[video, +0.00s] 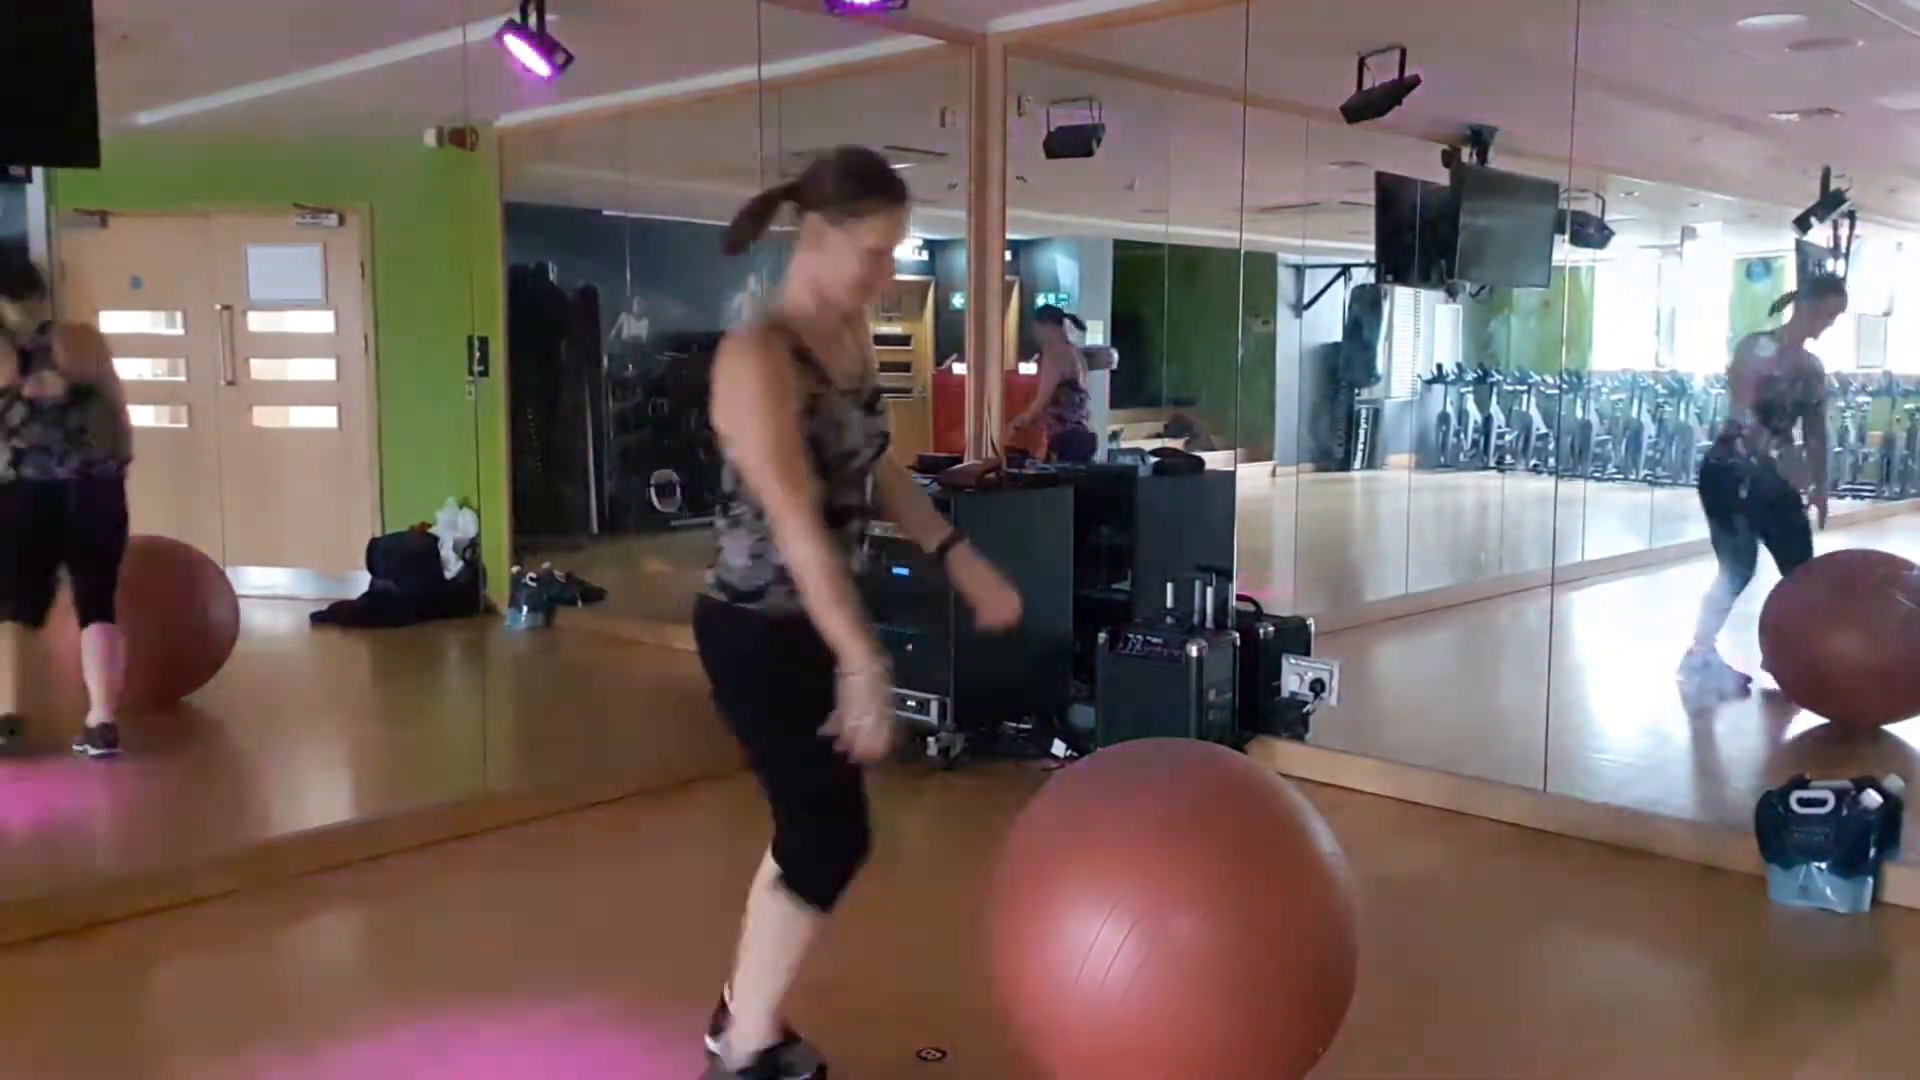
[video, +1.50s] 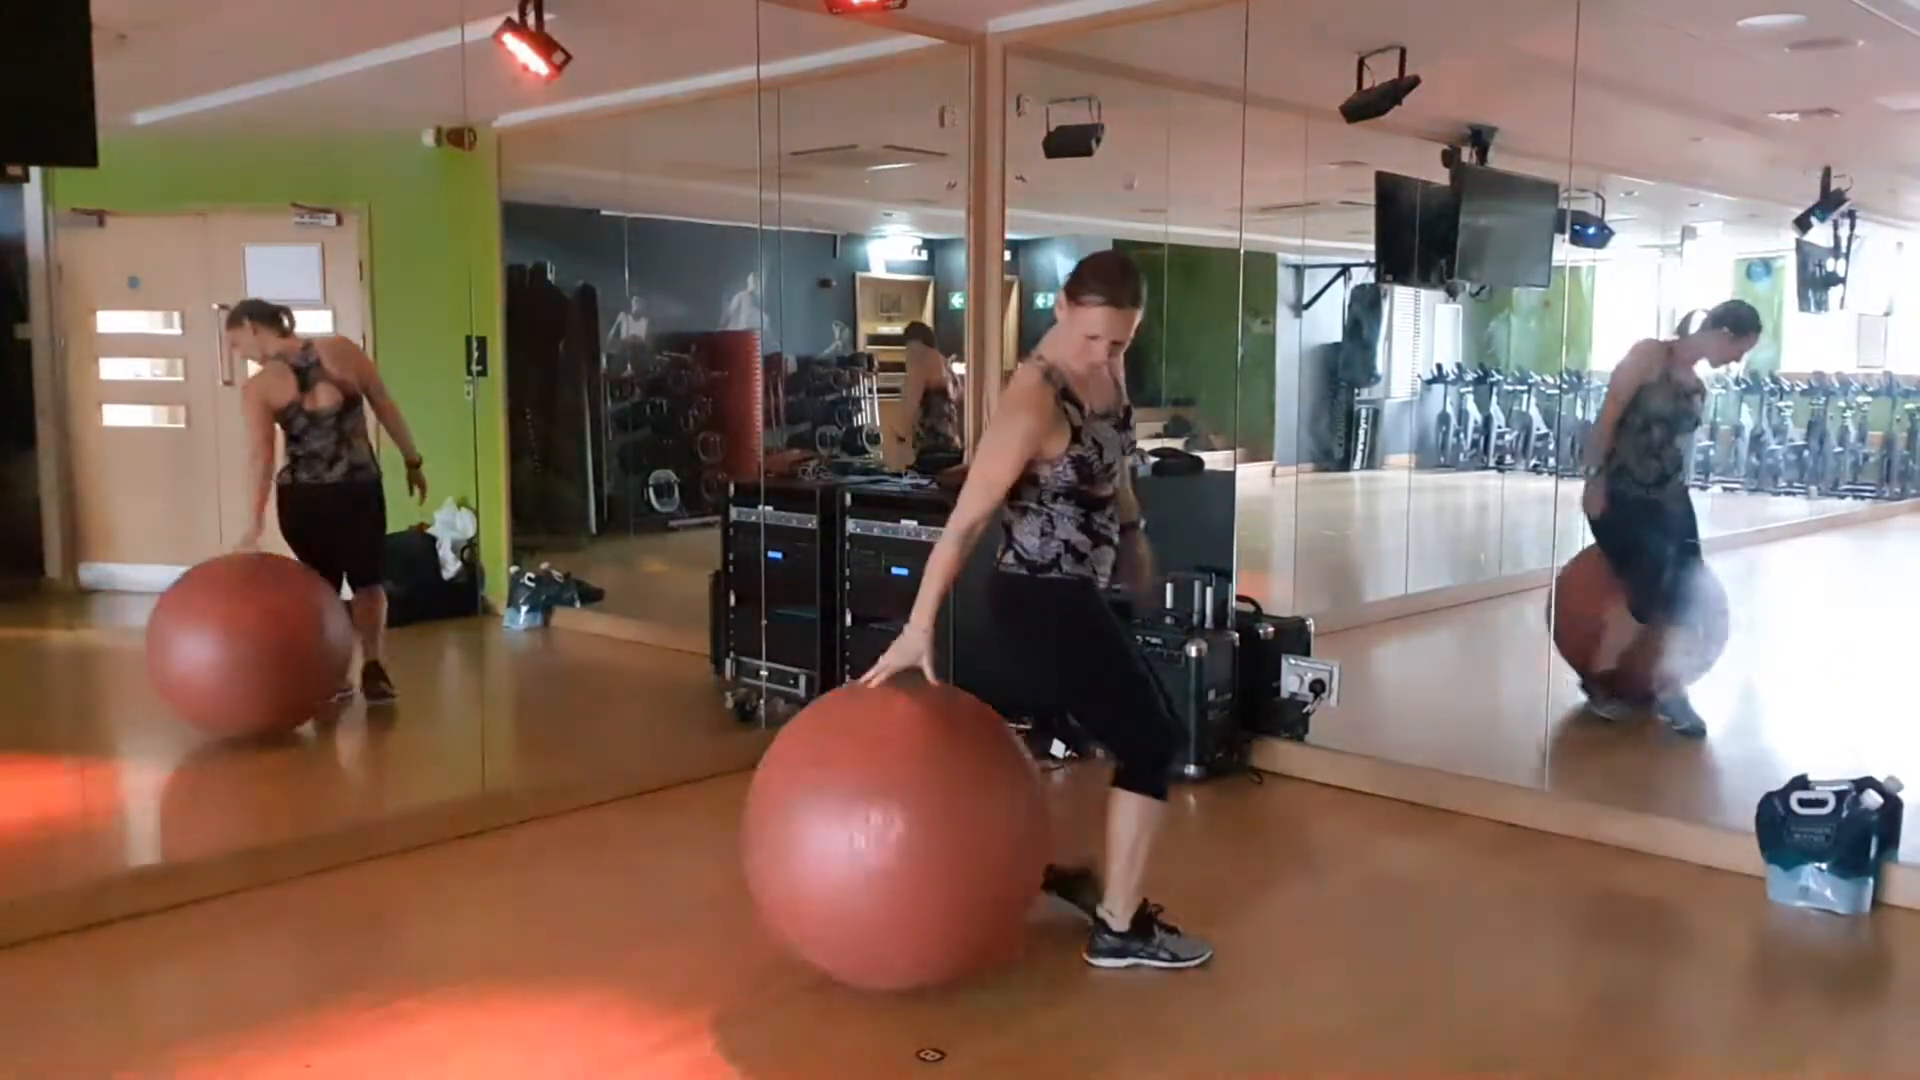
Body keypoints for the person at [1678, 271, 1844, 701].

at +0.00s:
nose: (1829, 324)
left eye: (1834, 317)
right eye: (1827, 314)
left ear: (1827, 316)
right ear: (1804, 304)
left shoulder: (1812, 370)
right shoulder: (1755, 348)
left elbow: (1816, 433)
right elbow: (1742, 417)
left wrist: (1819, 488)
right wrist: (1782, 461)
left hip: (1774, 474)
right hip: (1729, 470)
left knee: (1801, 570)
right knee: (1737, 567)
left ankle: (1797, 661)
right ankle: (1699, 655)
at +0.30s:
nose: (1813, 335)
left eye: (1820, 328)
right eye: (1809, 324)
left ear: (1820, 329)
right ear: (1785, 314)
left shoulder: (1804, 378)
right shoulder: (1725, 346)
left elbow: (1818, 441)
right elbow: (1690, 405)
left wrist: (1831, 497)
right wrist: (1685, 466)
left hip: (1755, 472)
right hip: (1703, 466)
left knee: (1749, 576)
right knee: (1710, 569)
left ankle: (1747, 668)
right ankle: (1703, 644)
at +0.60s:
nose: (1788, 359)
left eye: (1796, 352)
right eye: (1789, 348)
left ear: (1788, 347)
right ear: (1769, 333)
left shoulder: (1772, 390)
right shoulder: (1694, 352)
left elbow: (1802, 457)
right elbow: (1647, 398)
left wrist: (1832, 516)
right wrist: (1616, 445)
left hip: (1705, 477)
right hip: (1650, 467)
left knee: (1721, 578)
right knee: (1636, 565)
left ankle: (1742, 671)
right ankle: (1593, 659)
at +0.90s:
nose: (1742, 366)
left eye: (1747, 361)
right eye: (1743, 356)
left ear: (1729, 346)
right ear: (1722, 339)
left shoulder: (1712, 397)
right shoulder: (1646, 356)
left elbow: (1707, 464)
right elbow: (1598, 407)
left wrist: (1721, 521)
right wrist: (1570, 461)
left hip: (1646, 492)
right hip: (1592, 482)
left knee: (1648, 593)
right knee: (1591, 581)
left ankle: (1650, 662)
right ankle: (1571, 673)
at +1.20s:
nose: (1735, 362)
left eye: (1740, 354)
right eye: (1738, 350)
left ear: (1721, 339)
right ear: (1720, 332)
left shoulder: (1690, 390)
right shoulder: (1645, 346)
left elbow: (1674, 453)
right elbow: (1605, 402)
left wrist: (1697, 504)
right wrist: (1616, 450)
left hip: (1647, 493)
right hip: (1592, 485)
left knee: (1654, 592)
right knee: (1596, 584)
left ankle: (1672, 694)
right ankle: (1570, 672)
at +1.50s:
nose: (1736, 361)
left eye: (1742, 353)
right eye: (1739, 350)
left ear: (1723, 336)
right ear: (1722, 332)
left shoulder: (1695, 384)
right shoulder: (1648, 354)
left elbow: (1670, 444)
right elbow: (1610, 413)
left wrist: (1676, 496)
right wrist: (1593, 477)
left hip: (1670, 495)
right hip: (1623, 490)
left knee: (1680, 590)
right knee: (1657, 589)